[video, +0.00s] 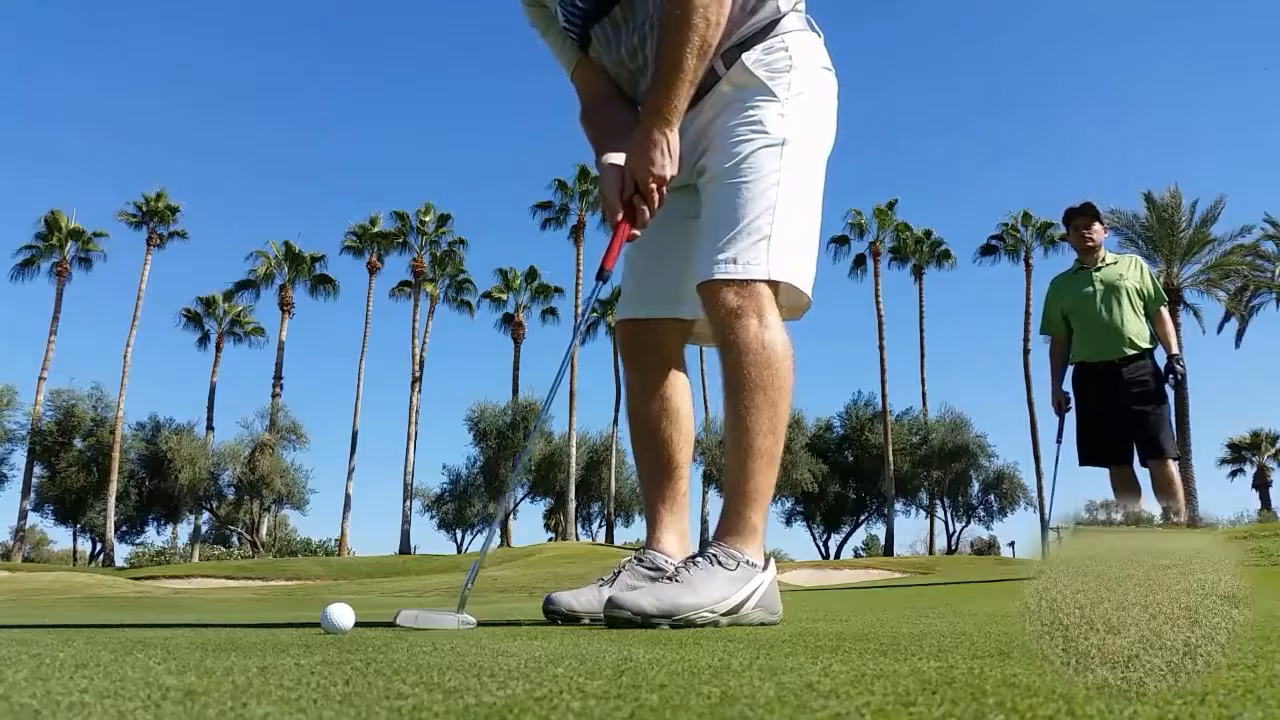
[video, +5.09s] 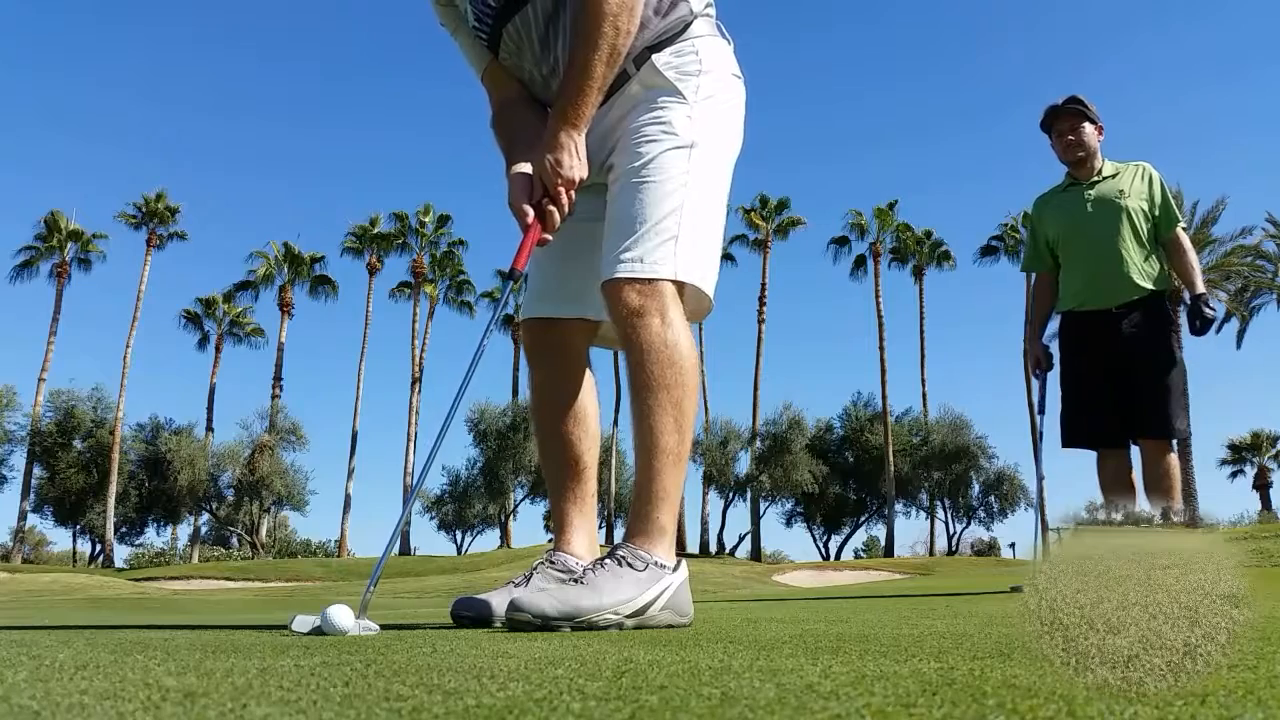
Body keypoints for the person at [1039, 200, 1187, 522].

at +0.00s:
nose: (1085, 233)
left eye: (1090, 226)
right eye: (1076, 230)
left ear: (1103, 230)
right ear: (1068, 238)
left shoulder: (1134, 266)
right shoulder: (1061, 285)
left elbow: (1159, 312)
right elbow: (1059, 340)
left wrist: (1174, 355)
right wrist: (1056, 386)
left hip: (1140, 373)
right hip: (1094, 380)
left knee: (1160, 455)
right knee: (1117, 462)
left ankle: (1177, 529)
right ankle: (1135, 535)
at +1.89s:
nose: (1087, 208)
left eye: (1093, 201)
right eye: (1079, 204)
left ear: (1109, 205)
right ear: (1071, 214)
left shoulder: (1141, 243)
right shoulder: (1063, 264)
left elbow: (1167, 293)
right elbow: (1063, 321)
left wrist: (1181, 338)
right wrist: (1058, 368)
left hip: (1138, 358)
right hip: (1087, 364)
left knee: (1140, 455)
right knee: (1096, 454)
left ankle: (1145, 534)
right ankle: (1104, 534)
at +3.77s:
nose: (1070, 158)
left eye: (1077, 149)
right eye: (1060, 155)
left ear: (1096, 155)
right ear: (1051, 167)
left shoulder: (1137, 199)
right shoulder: (1045, 228)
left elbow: (1169, 261)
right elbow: (1043, 298)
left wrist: (1191, 317)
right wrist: (1033, 352)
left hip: (1142, 330)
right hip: (1081, 341)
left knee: (1164, 423)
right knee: (1102, 440)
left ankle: (1155, 517)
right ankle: (1119, 528)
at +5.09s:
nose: (1069, 138)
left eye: (1076, 128)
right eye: (1059, 134)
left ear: (1098, 131)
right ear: (1052, 146)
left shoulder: (1142, 176)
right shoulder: (1046, 207)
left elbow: (1175, 239)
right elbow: (1044, 279)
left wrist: (1198, 293)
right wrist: (1033, 338)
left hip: (1147, 320)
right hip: (1085, 329)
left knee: (1158, 438)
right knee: (1108, 444)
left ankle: (1169, 538)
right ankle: (1124, 542)